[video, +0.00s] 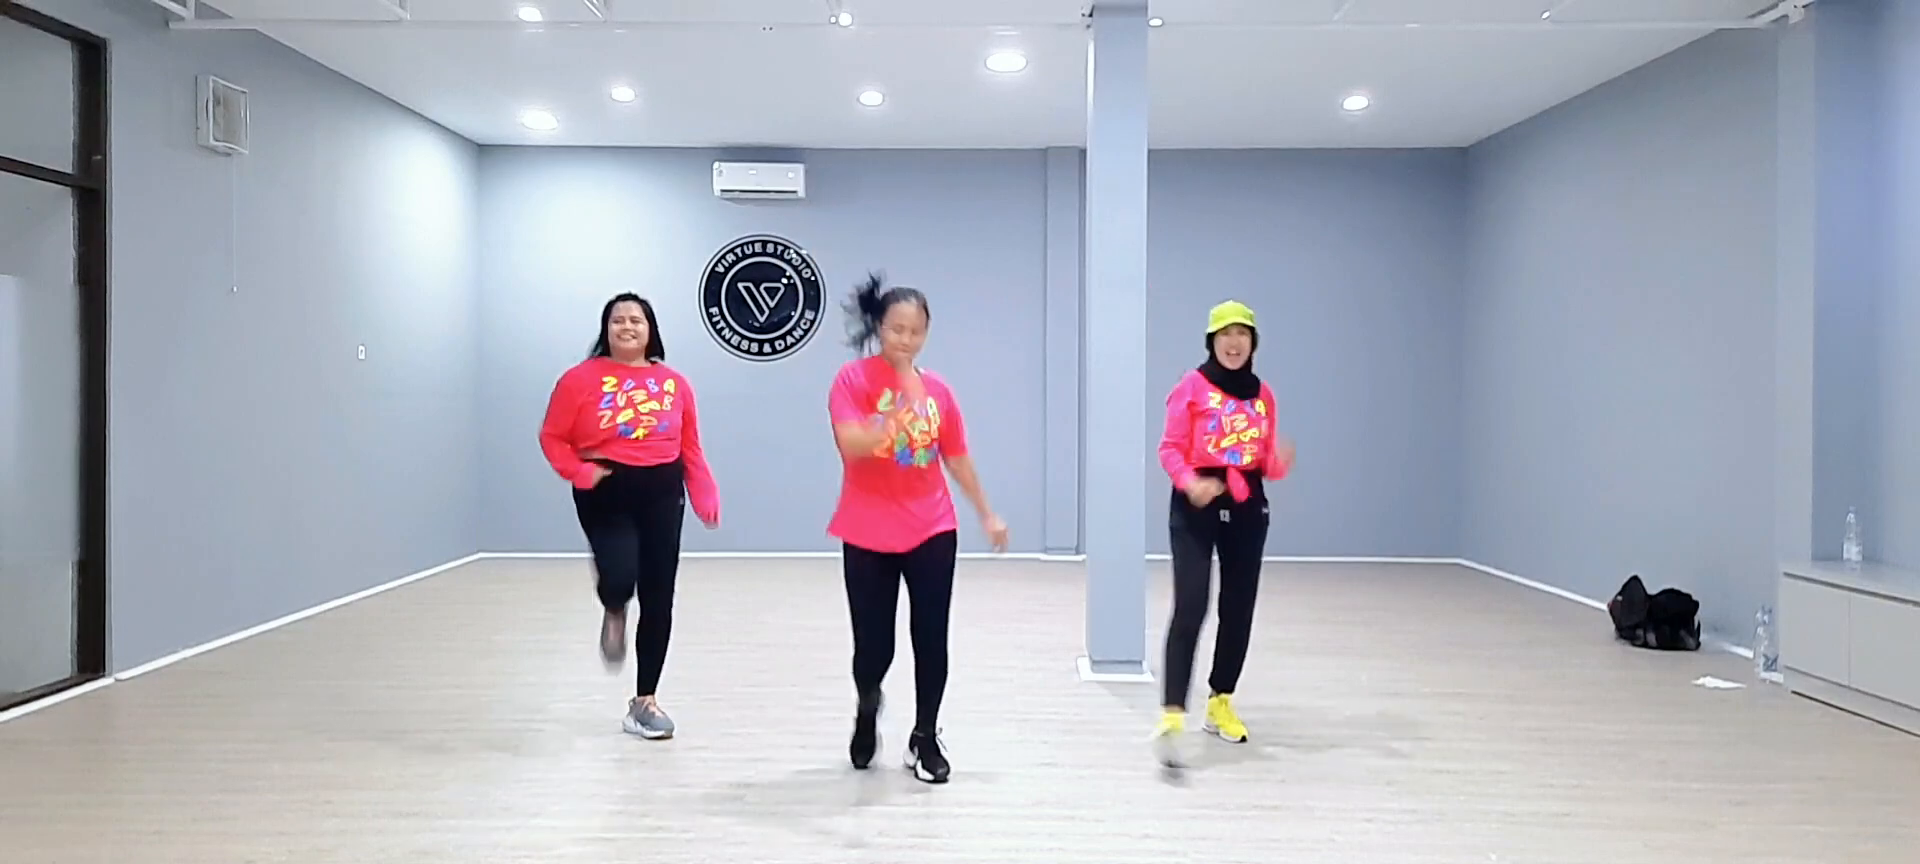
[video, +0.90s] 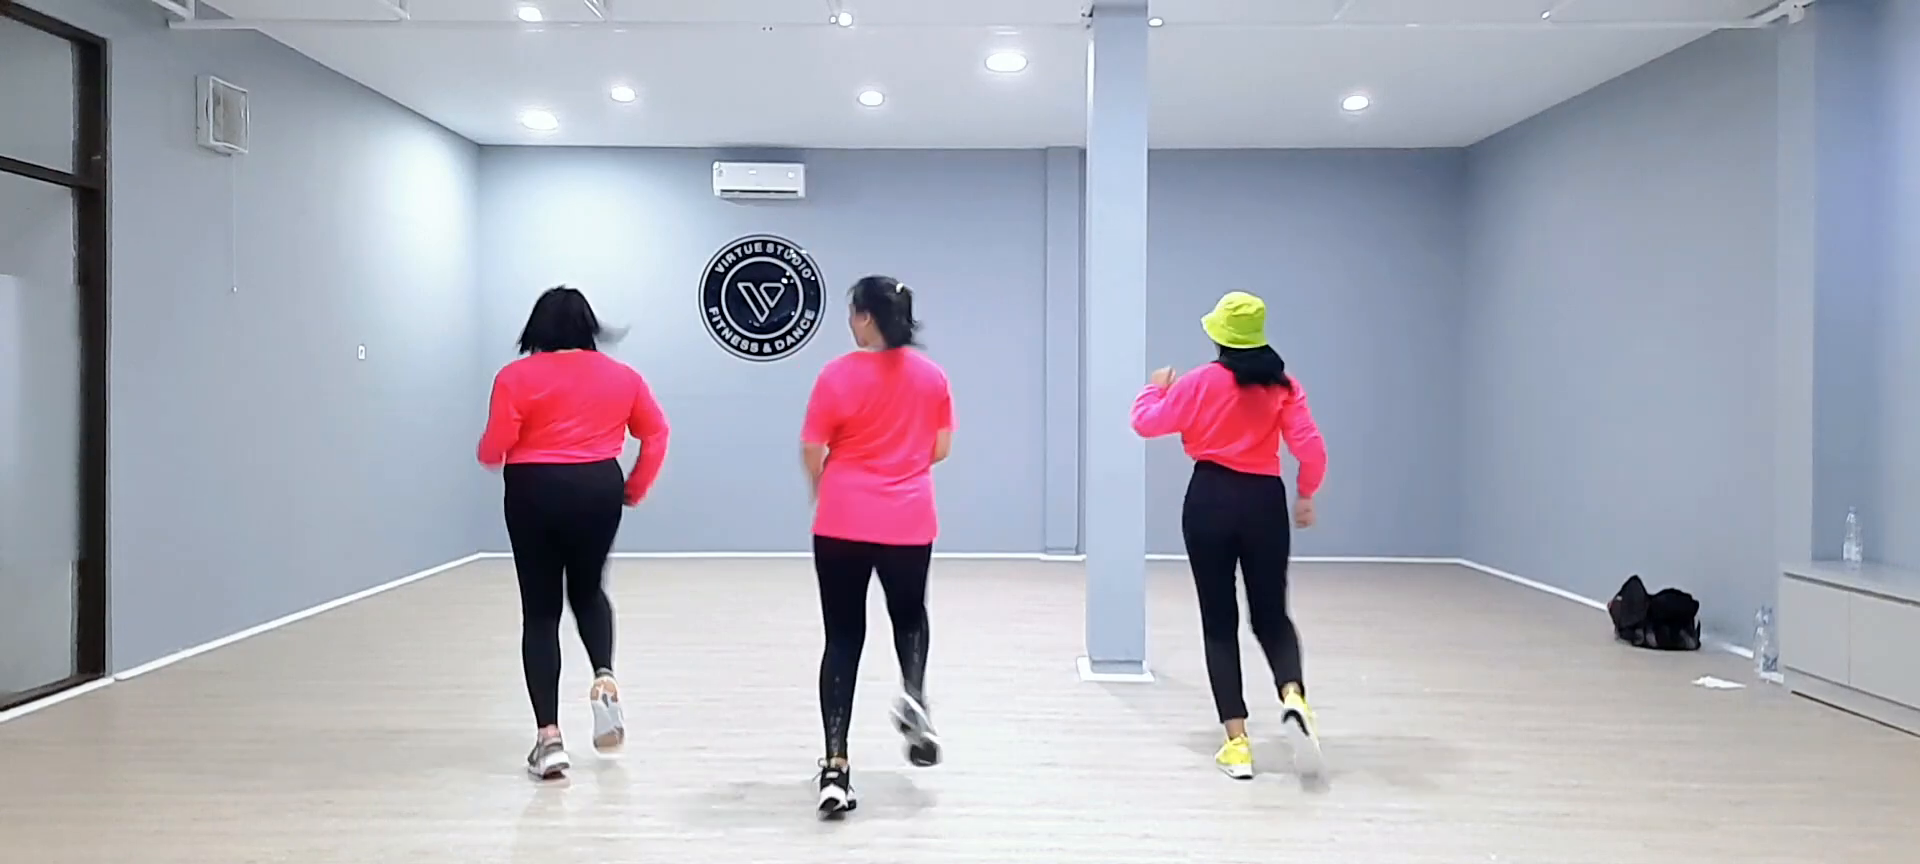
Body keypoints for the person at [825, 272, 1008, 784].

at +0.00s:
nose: (906, 339)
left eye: (916, 330)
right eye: (897, 329)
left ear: (926, 334)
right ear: (878, 329)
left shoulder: (937, 390)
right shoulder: (853, 380)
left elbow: (958, 459)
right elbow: (852, 445)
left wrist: (987, 513)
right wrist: (897, 416)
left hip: (931, 529)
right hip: (868, 531)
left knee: (931, 643)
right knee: (873, 651)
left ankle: (925, 736)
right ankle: (867, 711)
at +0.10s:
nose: (917, 340)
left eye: (926, 331)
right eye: (908, 330)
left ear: (936, 329)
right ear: (887, 324)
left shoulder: (939, 378)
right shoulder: (854, 376)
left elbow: (950, 446)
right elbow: (837, 446)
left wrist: (958, 492)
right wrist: (886, 479)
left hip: (930, 522)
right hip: (870, 524)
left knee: (933, 631)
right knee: (877, 626)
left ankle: (926, 730)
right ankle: (856, 715)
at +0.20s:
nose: (920, 336)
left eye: (929, 326)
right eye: (911, 324)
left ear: (939, 318)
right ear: (889, 313)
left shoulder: (936, 362)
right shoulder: (860, 361)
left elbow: (953, 428)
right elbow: (803, 412)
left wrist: (945, 429)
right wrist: (848, 457)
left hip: (919, 504)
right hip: (862, 501)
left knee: (936, 613)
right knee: (878, 615)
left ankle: (920, 718)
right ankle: (847, 755)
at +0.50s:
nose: (943, 350)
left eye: (946, 340)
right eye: (941, 338)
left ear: (910, 331)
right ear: (916, 330)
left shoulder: (893, 379)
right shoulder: (885, 380)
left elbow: (866, 456)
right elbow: (859, 453)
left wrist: (909, 481)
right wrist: (919, 481)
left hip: (868, 524)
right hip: (845, 526)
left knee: (912, 615)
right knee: (880, 653)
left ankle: (891, 739)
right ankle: (834, 796)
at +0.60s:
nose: (934, 325)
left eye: (936, 316)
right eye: (934, 315)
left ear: (893, 305)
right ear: (918, 308)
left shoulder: (854, 347)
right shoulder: (911, 355)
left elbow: (815, 387)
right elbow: (924, 427)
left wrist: (851, 424)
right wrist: (962, 402)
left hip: (827, 508)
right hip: (868, 513)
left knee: (878, 626)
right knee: (885, 634)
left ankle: (858, 745)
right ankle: (844, 775)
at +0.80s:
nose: (899, 325)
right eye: (905, 317)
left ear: (857, 318)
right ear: (904, 322)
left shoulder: (826, 375)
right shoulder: (925, 375)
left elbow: (781, 420)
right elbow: (939, 447)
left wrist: (785, 487)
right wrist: (907, 414)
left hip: (828, 528)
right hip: (895, 530)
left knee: (847, 641)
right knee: (923, 627)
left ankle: (833, 769)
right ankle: (878, 697)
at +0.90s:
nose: (850, 323)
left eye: (853, 315)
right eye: (853, 314)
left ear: (864, 318)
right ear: (901, 316)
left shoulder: (839, 374)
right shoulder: (932, 375)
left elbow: (812, 450)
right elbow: (941, 449)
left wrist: (825, 495)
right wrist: (895, 466)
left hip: (842, 526)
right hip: (908, 528)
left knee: (842, 637)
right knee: (910, 614)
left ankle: (835, 761)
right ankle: (914, 697)